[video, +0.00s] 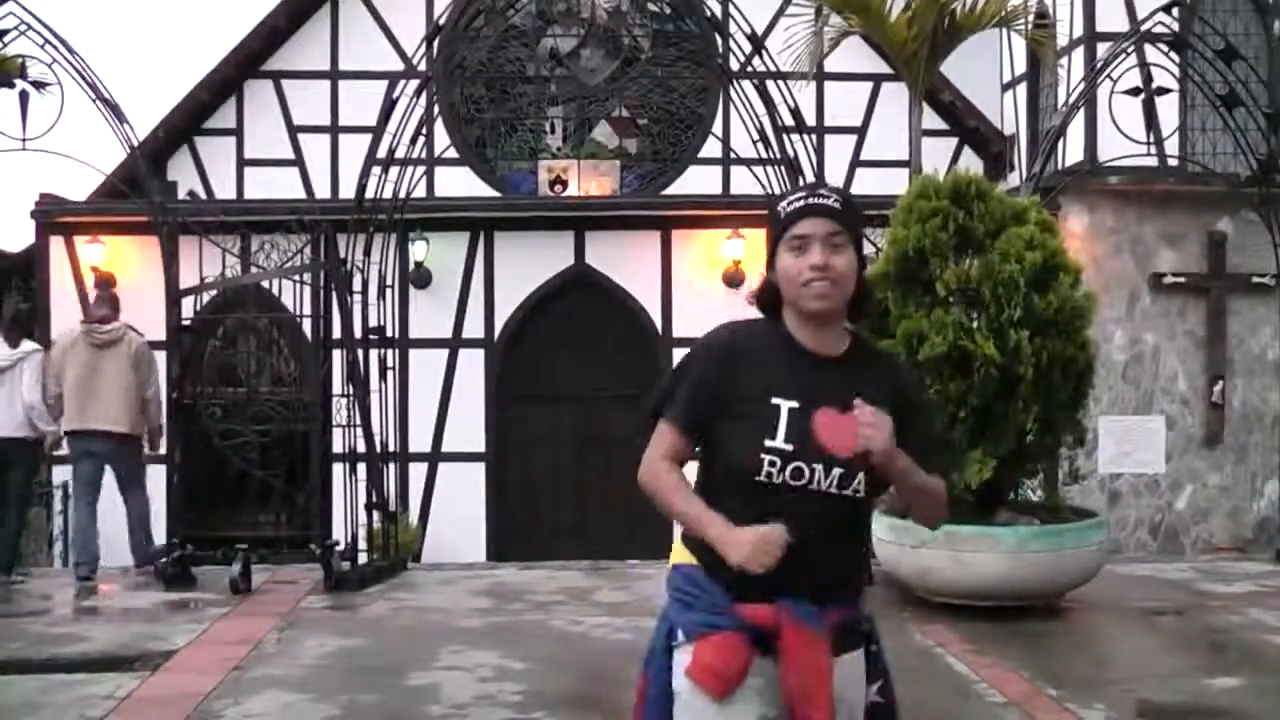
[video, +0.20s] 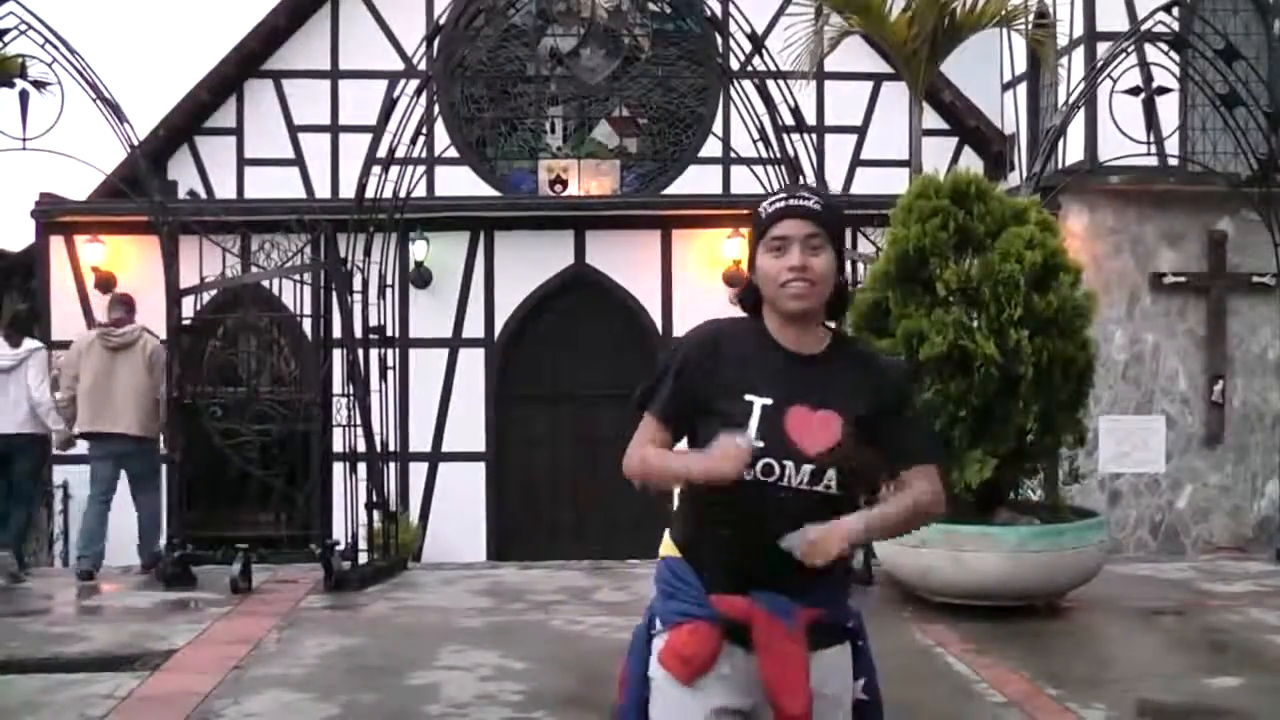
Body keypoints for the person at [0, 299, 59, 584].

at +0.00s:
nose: (32, 330)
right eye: (31, 325)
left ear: (5, 325)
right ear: (27, 326)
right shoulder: (32, 354)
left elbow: (32, 399)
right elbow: (32, 399)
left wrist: (49, 428)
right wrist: (50, 429)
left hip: (8, 437)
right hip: (19, 438)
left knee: (13, 506)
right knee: (14, 506)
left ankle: (9, 566)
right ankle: (7, 568)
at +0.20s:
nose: (36, 330)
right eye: (34, 326)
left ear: (7, 326)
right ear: (31, 327)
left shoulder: (4, 349)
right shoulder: (35, 351)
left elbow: (39, 396)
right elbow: (40, 396)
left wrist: (58, 427)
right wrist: (60, 428)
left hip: (5, 433)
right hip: (26, 434)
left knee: (10, 496)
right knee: (23, 496)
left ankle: (15, 559)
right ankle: (10, 548)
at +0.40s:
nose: (31, 329)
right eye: (31, 324)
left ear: (7, 323)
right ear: (30, 325)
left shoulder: (1, 347)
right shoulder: (36, 347)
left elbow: (43, 391)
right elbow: (44, 391)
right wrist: (63, 419)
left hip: (6, 432)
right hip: (32, 433)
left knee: (10, 492)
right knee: (41, 489)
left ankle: (7, 555)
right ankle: (26, 535)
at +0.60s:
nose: (38, 328)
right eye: (36, 324)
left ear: (9, 323)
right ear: (32, 325)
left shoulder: (2, 347)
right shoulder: (40, 349)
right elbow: (51, 393)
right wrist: (76, 417)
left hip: (6, 432)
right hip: (37, 434)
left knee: (12, 496)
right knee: (49, 491)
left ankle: (14, 561)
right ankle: (44, 553)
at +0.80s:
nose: (55, 333)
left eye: (54, 328)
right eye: (52, 329)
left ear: (19, 329)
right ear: (44, 330)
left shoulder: (6, 355)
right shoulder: (51, 357)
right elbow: (56, 397)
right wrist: (79, 417)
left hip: (10, 437)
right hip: (43, 438)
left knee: (16, 499)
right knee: (49, 499)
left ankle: (15, 559)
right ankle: (48, 559)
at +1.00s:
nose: (68, 347)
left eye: (69, 342)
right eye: (67, 342)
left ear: (40, 339)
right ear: (59, 341)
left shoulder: (19, 365)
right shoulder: (60, 367)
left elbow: (5, 404)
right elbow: (62, 409)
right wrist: (89, 428)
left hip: (24, 445)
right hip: (55, 447)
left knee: (36, 505)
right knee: (58, 507)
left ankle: (21, 555)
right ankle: (55, 563)